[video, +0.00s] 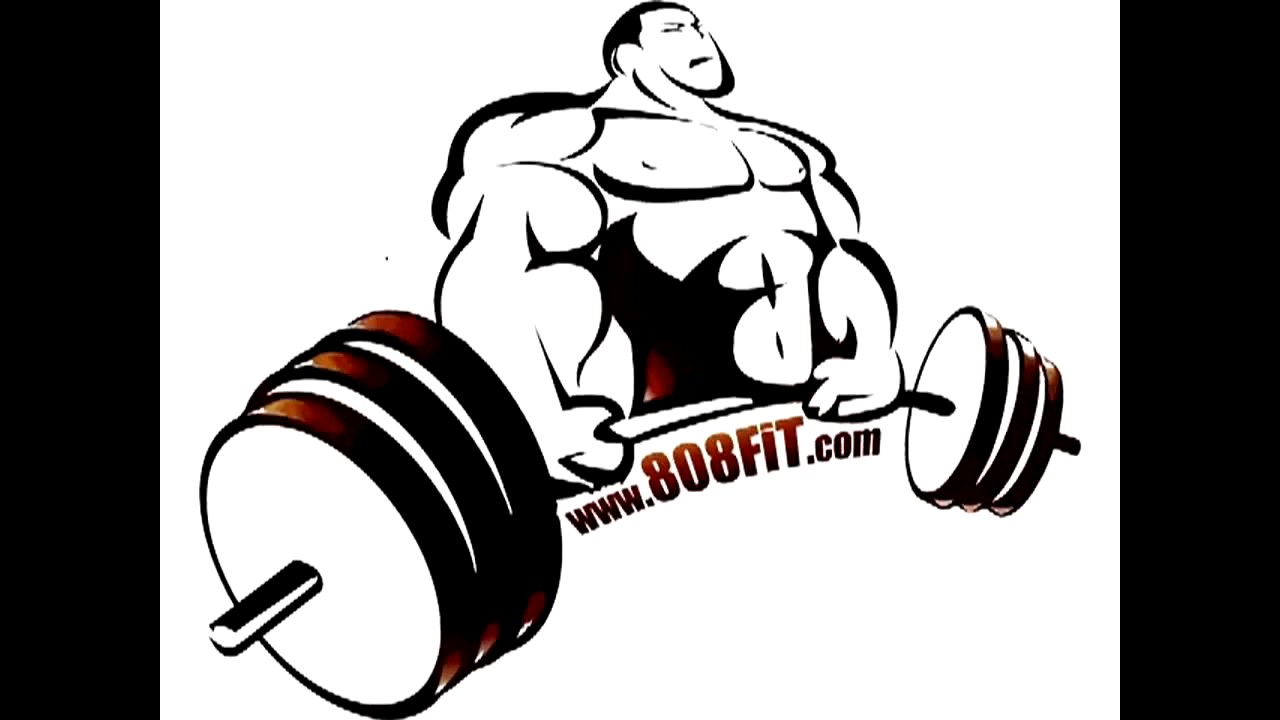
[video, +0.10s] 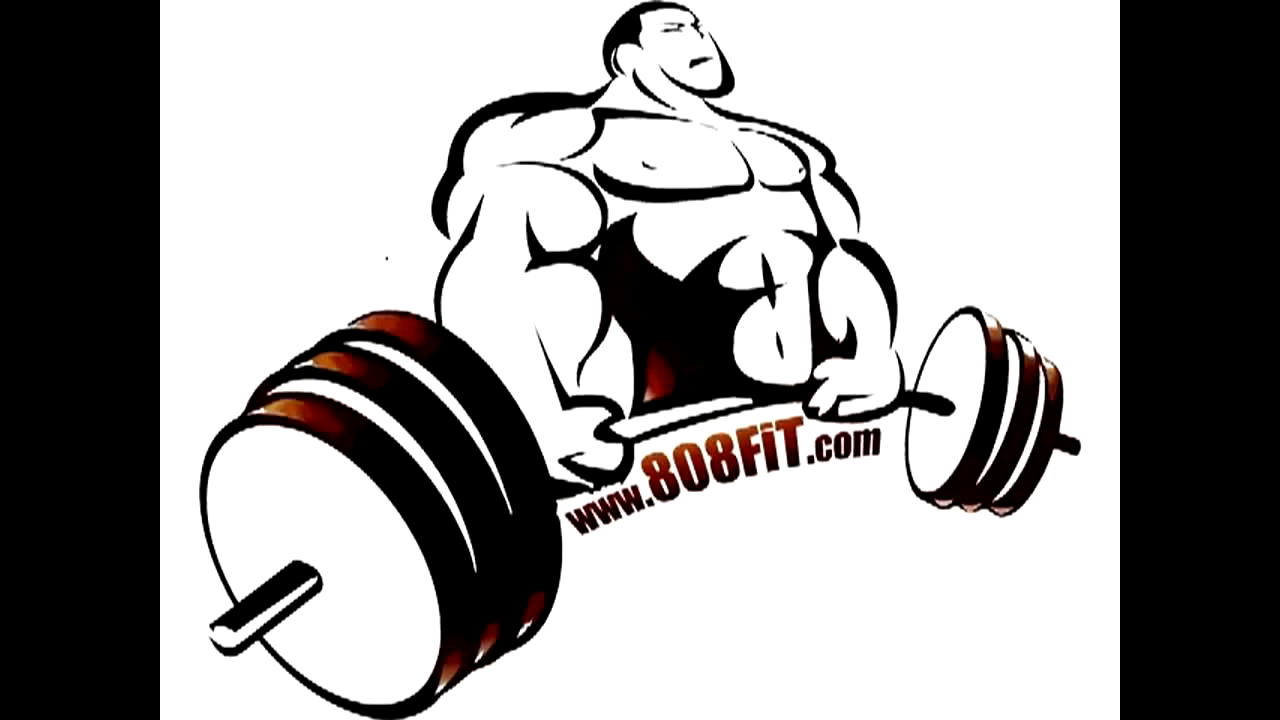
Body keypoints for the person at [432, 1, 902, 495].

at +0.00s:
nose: (702, 40)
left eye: (701, 28)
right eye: (675, 30)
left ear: (713, 45)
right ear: (628, 59)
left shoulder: (776, 145)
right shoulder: (593, 127)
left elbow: (850, 250)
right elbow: (487, 155)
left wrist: (878, 358)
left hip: (747, 331)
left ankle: (870, 369)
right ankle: (577, 429)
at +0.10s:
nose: (702, 40)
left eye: (701, 28)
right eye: (675, 30)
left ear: (713, 45)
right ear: (628, 59)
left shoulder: (776, 145)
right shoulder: (593, 127)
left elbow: (850, 250)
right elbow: (487, 155)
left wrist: (878, 358)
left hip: (747, 331)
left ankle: (870, 369)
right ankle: (577, 429)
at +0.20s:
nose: (702, 40)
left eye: (701, 28)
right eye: (675, 30)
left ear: (713, 45)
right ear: (628, 59)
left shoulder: (776, 145)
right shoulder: (593, 127)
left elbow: (850, 250)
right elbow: (487, 155)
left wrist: (878, 358)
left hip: (747, 331)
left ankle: (870, 369)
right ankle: (577, 429)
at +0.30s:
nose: (702, 40)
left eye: (701, 28)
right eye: (675, 30)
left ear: (713, 45)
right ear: (628, 59)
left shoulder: (776, 145)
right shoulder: (593, 127)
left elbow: (850, 250)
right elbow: (487, 155)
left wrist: (878, 358)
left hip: (747, 331)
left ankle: (870, 369)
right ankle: (577, 429)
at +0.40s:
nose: (702, 40)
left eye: (701, 28)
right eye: (675, 30)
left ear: (713, 45)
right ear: (628, 59)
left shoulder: (776, 145)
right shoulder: (593, 127)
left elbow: (850, 250)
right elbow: (487, 155)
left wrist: (878, 358)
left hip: (747, 331)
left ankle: (870, 369)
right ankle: (577, 429)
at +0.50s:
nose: (702, 40)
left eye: (701, 28)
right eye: (675, 30)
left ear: (713, 45)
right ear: (628, 59)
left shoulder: (776, 145)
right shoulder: (593, 127)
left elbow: (850, 250)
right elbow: (487, 155)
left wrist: (878, 358)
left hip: (747, 331)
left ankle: (870, 369)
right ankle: (577, 429)